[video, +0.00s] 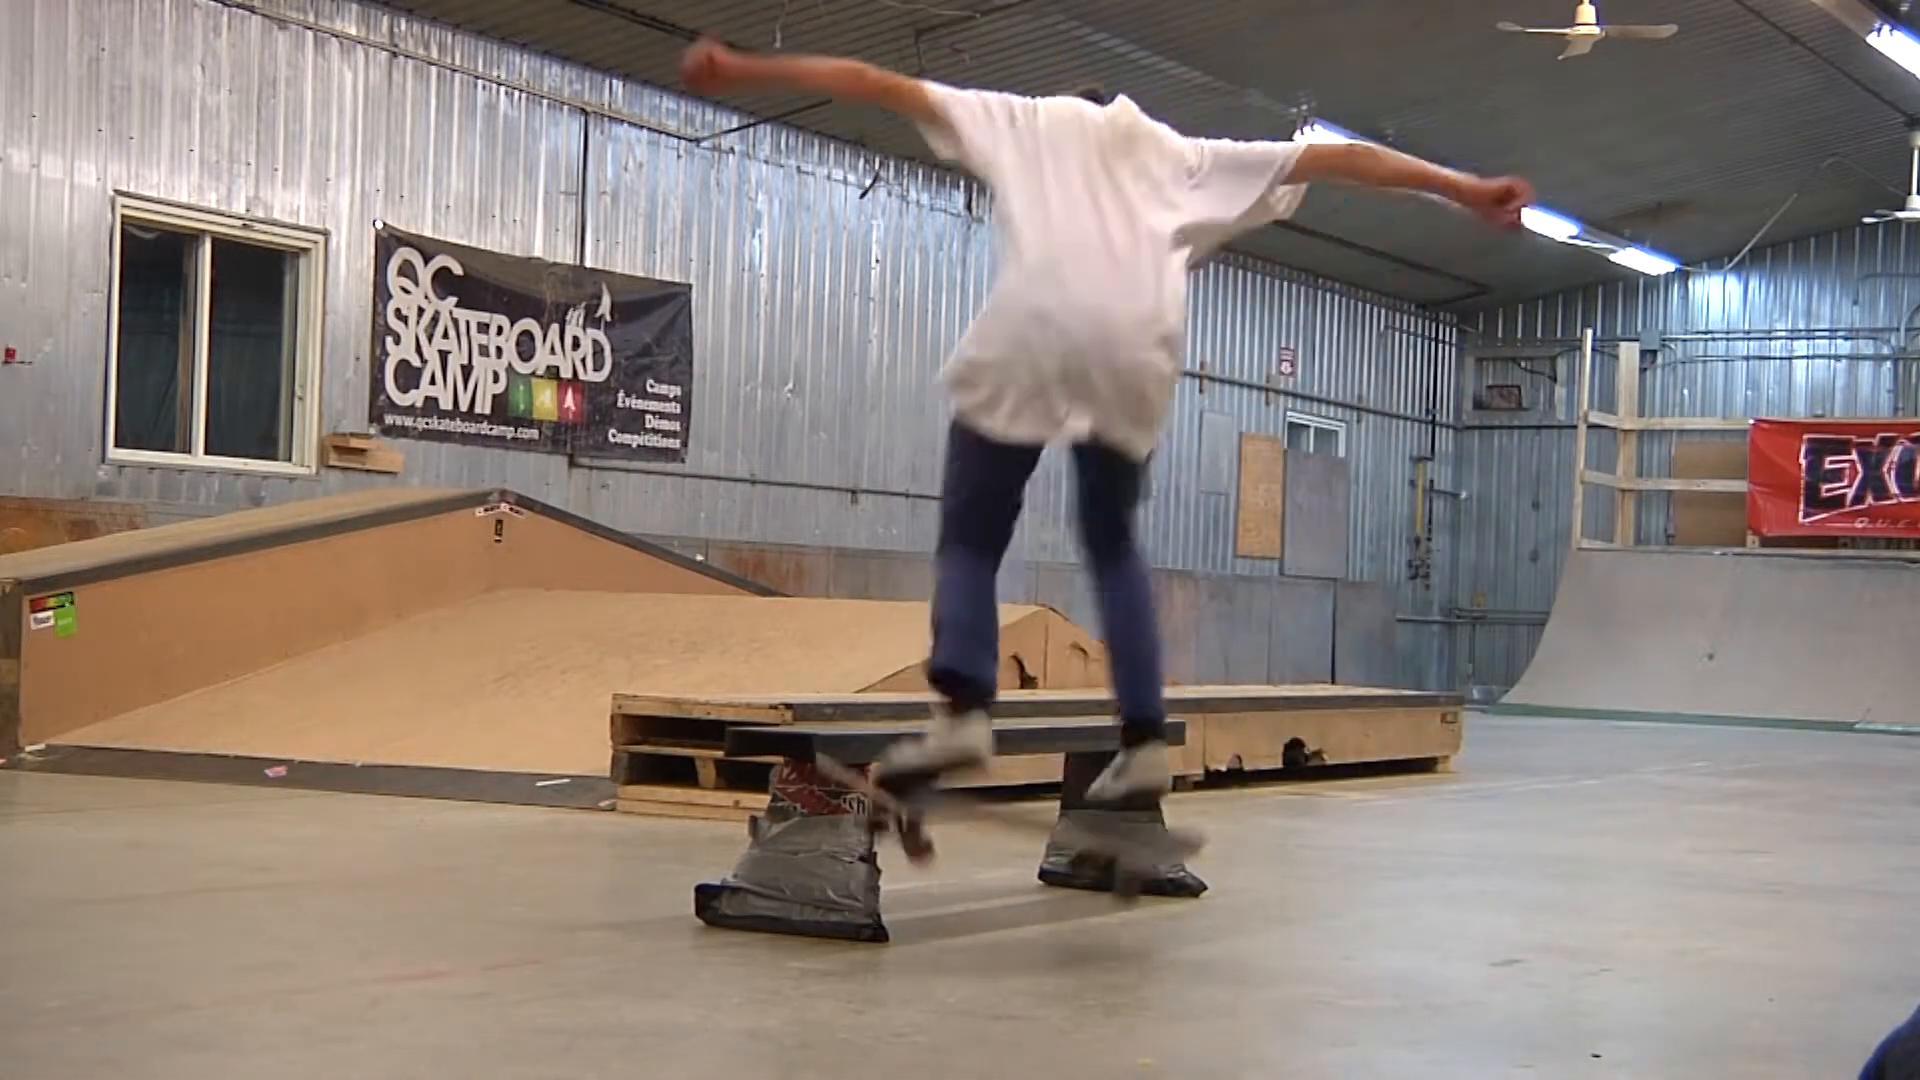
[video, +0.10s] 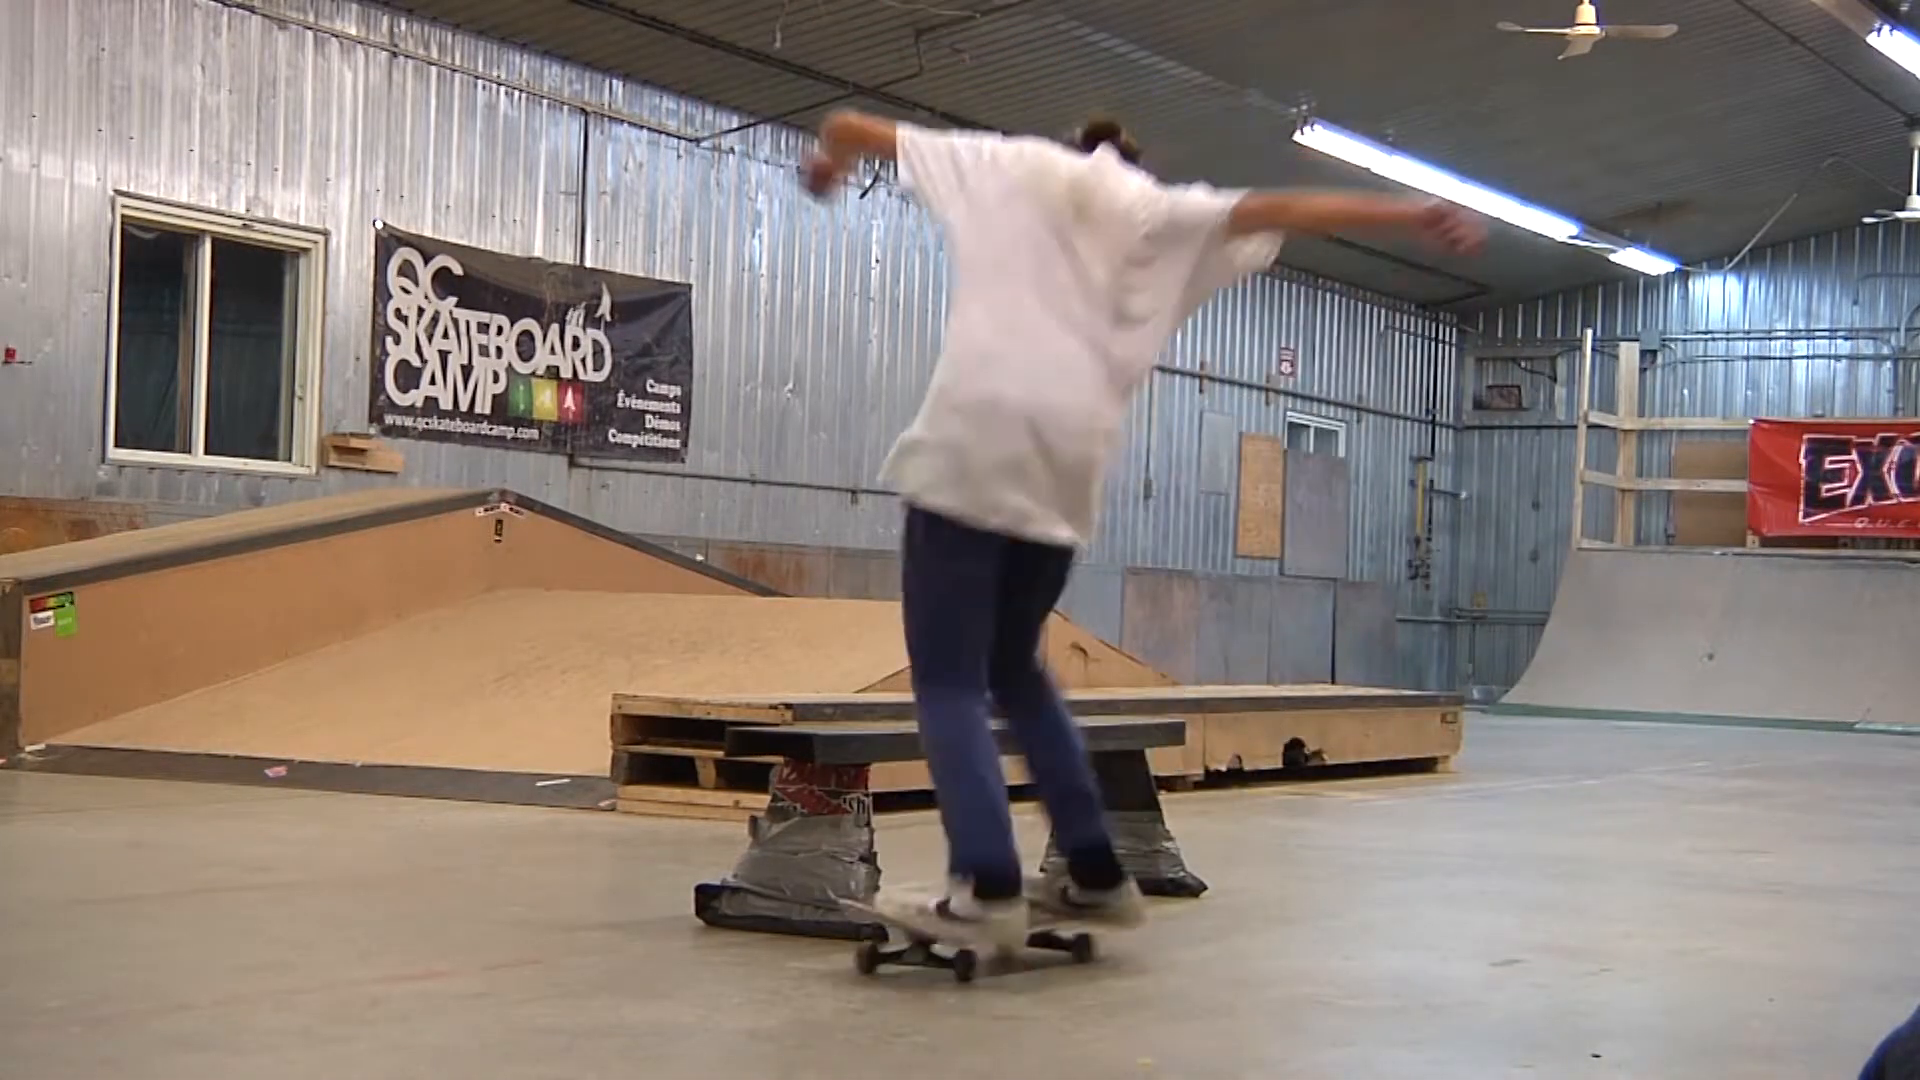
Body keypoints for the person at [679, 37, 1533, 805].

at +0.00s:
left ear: (1064, 100)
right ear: (1148, 118)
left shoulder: (1019, 118)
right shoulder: (1187, 156)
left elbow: (881, 81)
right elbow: (1329, 155)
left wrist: (747, 70)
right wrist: (1460, 186)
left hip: (1018, 343)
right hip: (1135, 361)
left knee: (970, 546)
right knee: (1114, 543)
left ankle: (962, 715)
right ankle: (1147, 742)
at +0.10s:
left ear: (1066, 143)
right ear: (1134, 170)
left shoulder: (1000, 159)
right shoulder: (1163, 210)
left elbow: (849, 125)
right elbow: (1277, 209)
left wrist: (829, 162)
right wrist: (1414, 214)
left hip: (964, 445)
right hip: (1070, 464)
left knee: (947, 679)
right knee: (1016, 664)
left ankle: (985, 888)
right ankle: (1092, 867)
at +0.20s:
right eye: (1122, 233)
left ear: (1048, 186)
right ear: (1114, 218)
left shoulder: (980, 202)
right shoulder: (1115, 241)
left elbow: (901, 238)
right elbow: (1128, 314)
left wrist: (912, 243)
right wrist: (1181, 376)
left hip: (919, 451)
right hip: (1032, 475)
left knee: (879, 688)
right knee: (970, 657)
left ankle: (943, 879)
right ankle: (1040, 880)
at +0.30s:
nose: (1112, 269)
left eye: (1119, 260)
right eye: (1121, 259)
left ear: (1038, 181)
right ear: (1108, 235)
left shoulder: (960, 190)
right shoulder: (1093, 257)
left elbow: (1002, 290)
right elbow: (1039, 359)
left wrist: (1088, 379)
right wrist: (1012, 510)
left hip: (862, 438)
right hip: (975, 459)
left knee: (839, 684)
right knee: (932, 657)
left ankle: (915, 901)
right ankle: (1001, 892)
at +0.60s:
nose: (1045, 142)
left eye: (1050, 128)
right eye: (1048, 127)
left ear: (960, 56)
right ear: (1032, 101)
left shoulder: (866, 66)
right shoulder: (1027, 161)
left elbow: (910, 289)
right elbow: (988, 311)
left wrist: (1058, 393)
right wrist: (964, 507)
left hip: (758, 388)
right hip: (881, 428)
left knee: (739, 694)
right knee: (818, 659)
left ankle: (868, 945)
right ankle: (881, 917)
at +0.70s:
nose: (997, 63)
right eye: (1000, 49)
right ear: (984, 35)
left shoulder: (809, 18)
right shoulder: (1003, 113)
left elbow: (818, 237)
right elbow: (997, 283)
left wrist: (929, 410)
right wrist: (986, 485)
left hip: (762, 364)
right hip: (884, 402)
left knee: (724, 694)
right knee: (793, 652)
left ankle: (878, 963)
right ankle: (860, 924)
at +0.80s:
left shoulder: (741, 11)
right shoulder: (968, 64)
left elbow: (692, 237)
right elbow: (1013, 247)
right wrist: (1009, 461)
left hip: (772, 342)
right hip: (900, 376)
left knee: (713, 684)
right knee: (762, 650)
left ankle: (899, 976)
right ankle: (819, 922)